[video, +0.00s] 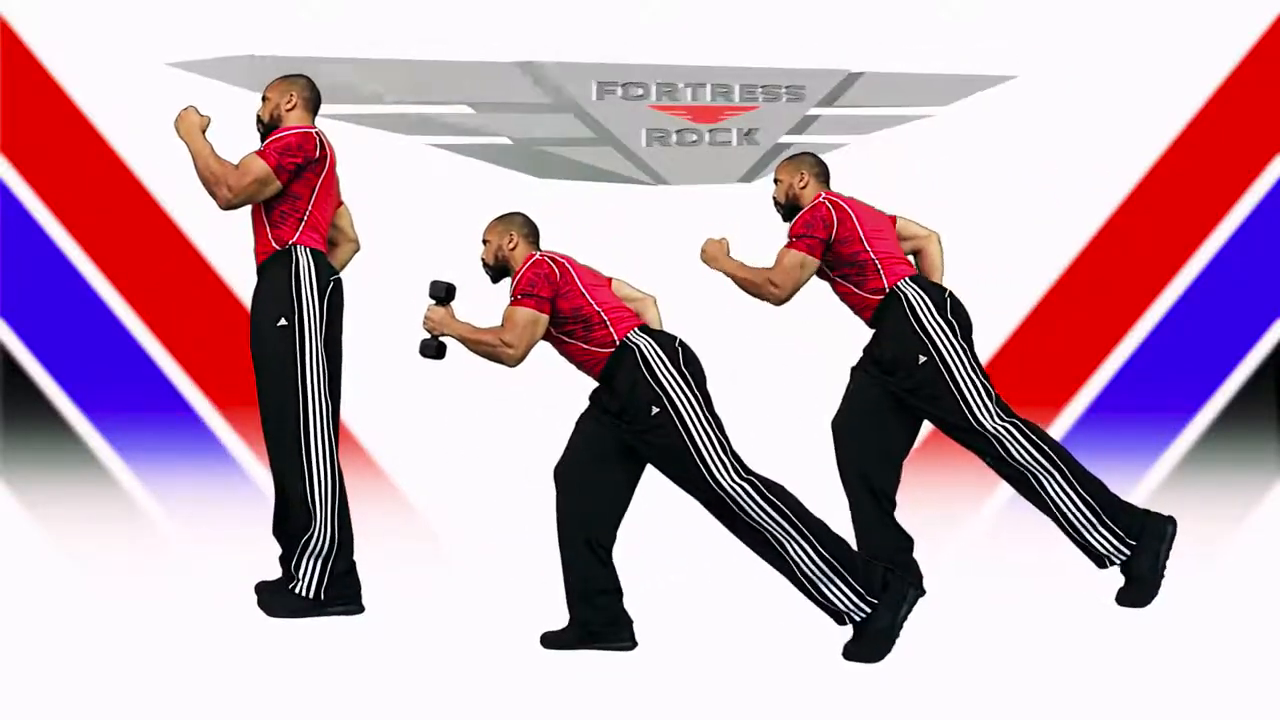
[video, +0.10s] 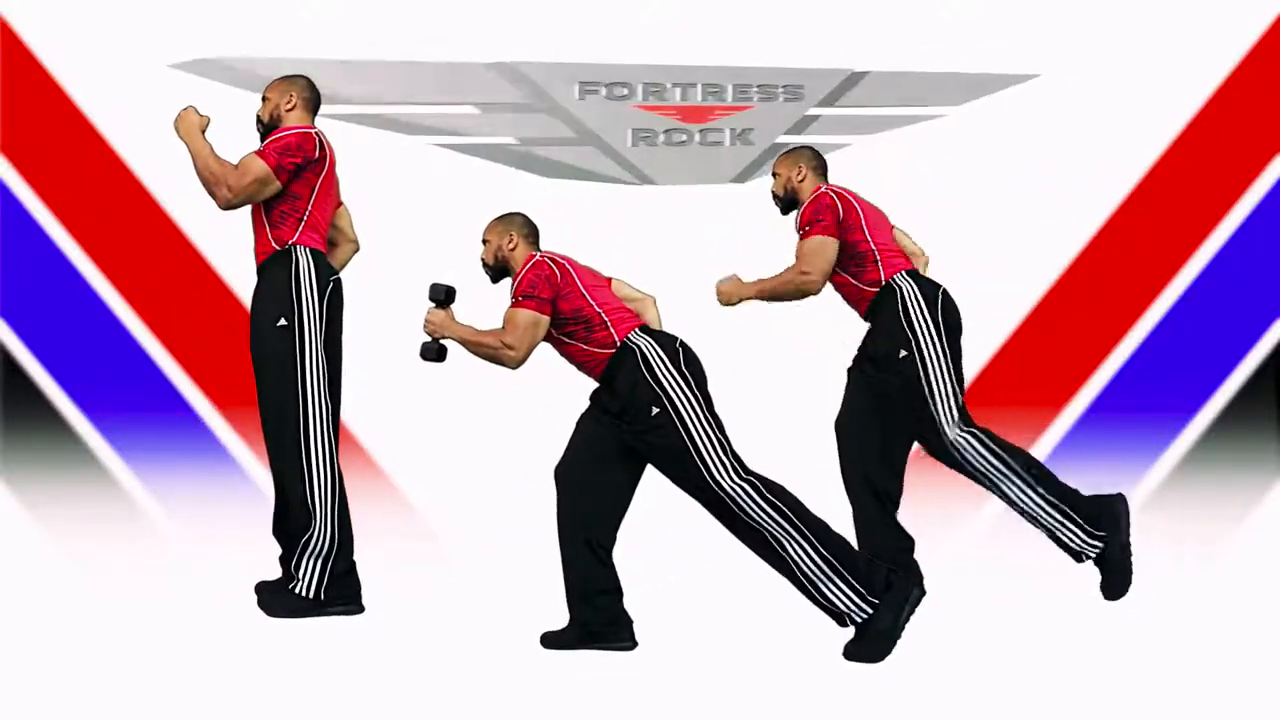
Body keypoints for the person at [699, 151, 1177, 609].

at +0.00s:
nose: (773, 192)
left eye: (780, 181)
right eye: (773, 184)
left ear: (809, 181)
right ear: (812, 185)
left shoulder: (819, 211)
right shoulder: (848, 213)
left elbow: (776, 289)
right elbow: (925, 239)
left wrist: (723, 263)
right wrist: (936, 312)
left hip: (916, 316)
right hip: (902, 327)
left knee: (994, 432)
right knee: (858, 439)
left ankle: (1135, 534)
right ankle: (892, 574)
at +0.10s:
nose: (772, 186)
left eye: (777, 176)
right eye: (771, 178)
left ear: (803, 173)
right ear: (810, 175)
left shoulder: (822, 203)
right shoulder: (847, 206)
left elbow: (808, 277)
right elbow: (914, 253)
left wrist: (747, 289)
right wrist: (908, 314)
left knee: (949, 433)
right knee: (860, 438)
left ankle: (1092, 526)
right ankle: (890, 575)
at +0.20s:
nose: (775, 178)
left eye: (779, 168)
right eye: (774, 171)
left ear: (804, 163)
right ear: (806, 165)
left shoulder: (830, 188)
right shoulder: (831, 207)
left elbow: (858, 252)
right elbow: (874, 285)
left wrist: (803, 304)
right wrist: (828, 319)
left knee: (885, 423)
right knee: (860, 432)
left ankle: (1008, 508)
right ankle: (890, 570)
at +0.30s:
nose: (781, 167)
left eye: (785, 157)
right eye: (780, 160)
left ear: (810, 152)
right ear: (812, 155)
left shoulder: (842, 176)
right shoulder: (830, 212)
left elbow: (892, 221)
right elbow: (840, 287)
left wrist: (877, 295)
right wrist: (780, 284)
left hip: (904, 286)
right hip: (899, 299)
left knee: (815, 371)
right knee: (881, 430)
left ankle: (882, 491)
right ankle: (892, 573)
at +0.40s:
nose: (784, 159)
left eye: (789, 148)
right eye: (785, 151)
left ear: (814, 145)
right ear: (814, 149)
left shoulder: (848, 165)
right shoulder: (835, 206)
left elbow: (913, 195)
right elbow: (803, 270)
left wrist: (935, 269)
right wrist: (750, 241)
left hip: (900, 271)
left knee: (788, 317)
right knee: (884, 442)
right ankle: (897, 571)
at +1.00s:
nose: (790, 155)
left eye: (794, 145)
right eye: (790, 148)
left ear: (818, 140)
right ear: (820, 144)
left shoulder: (851, 162)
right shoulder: (838, 201)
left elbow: (919, 195)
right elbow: (805, 270)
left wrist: (939, 272)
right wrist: (751, 242)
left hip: (898, 273)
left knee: (781, 317)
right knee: (869, 436)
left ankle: (801, 448)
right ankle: (890, 569)